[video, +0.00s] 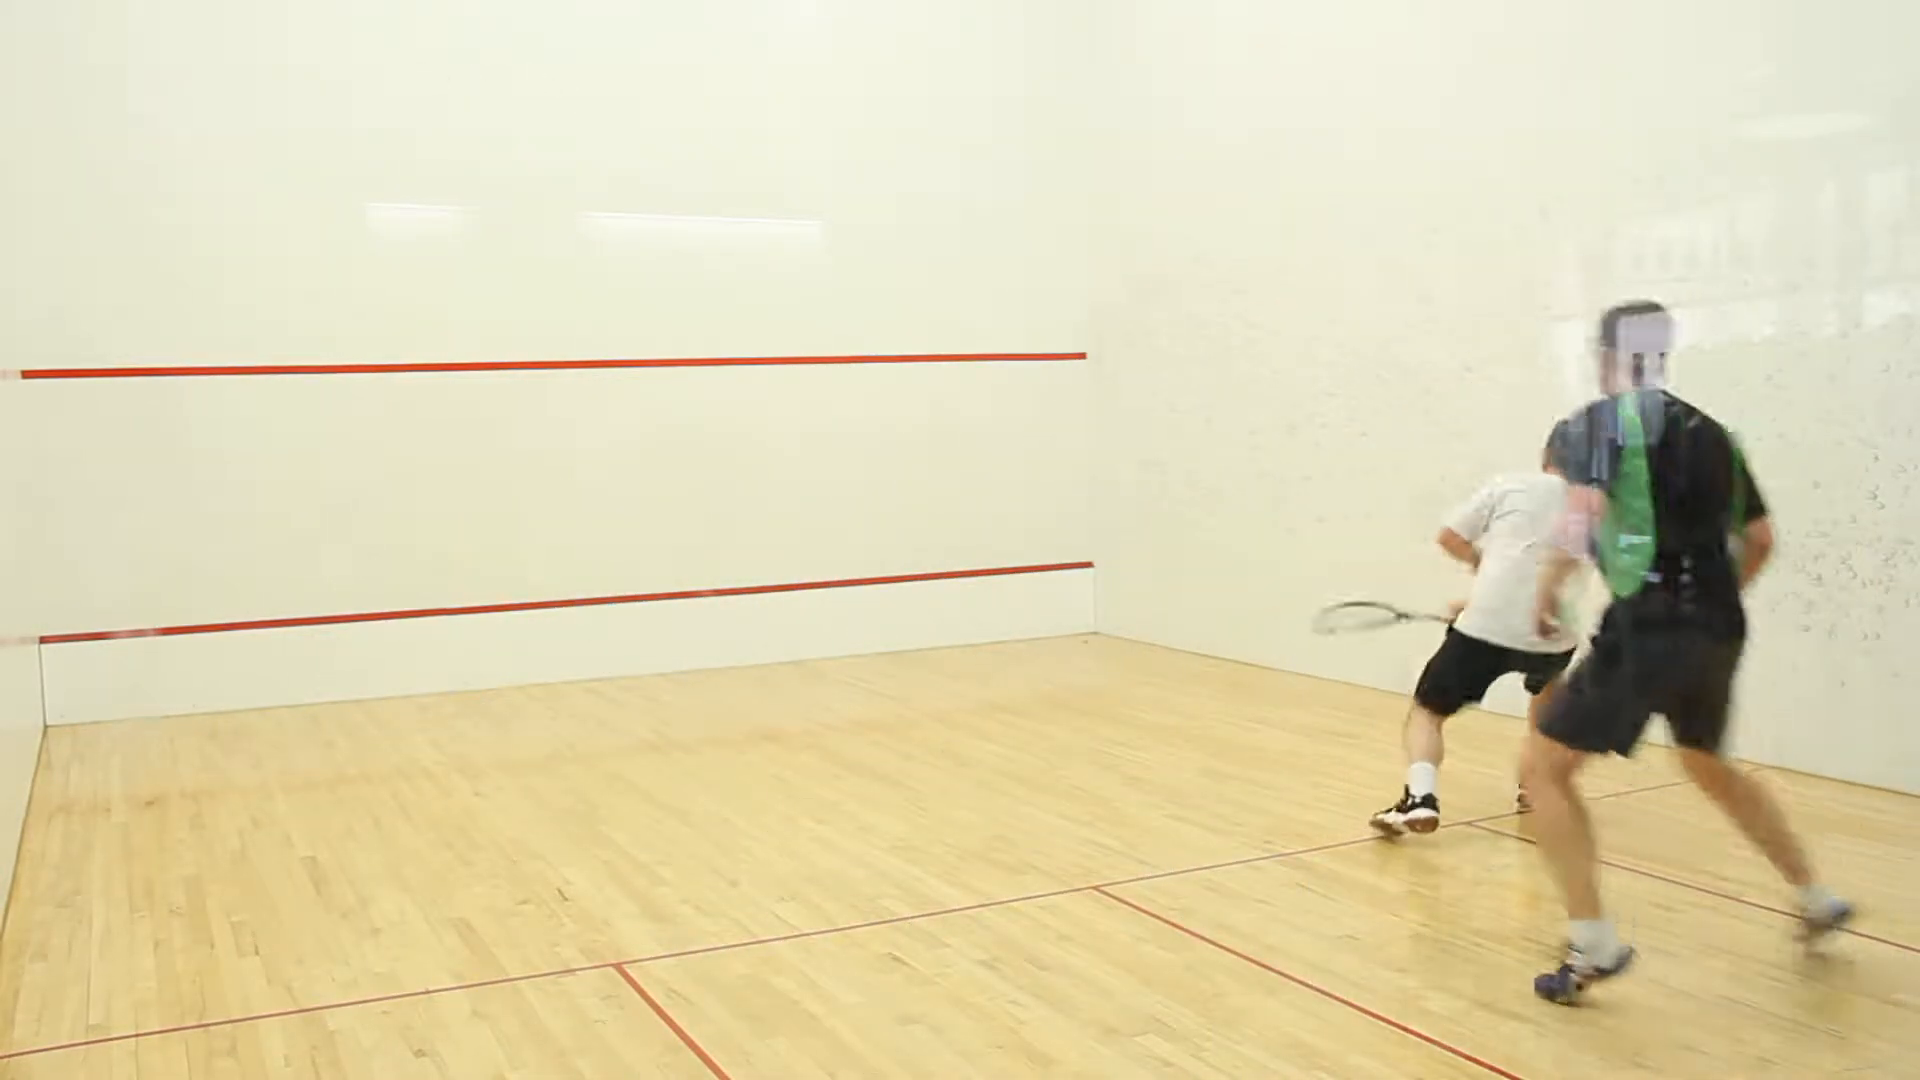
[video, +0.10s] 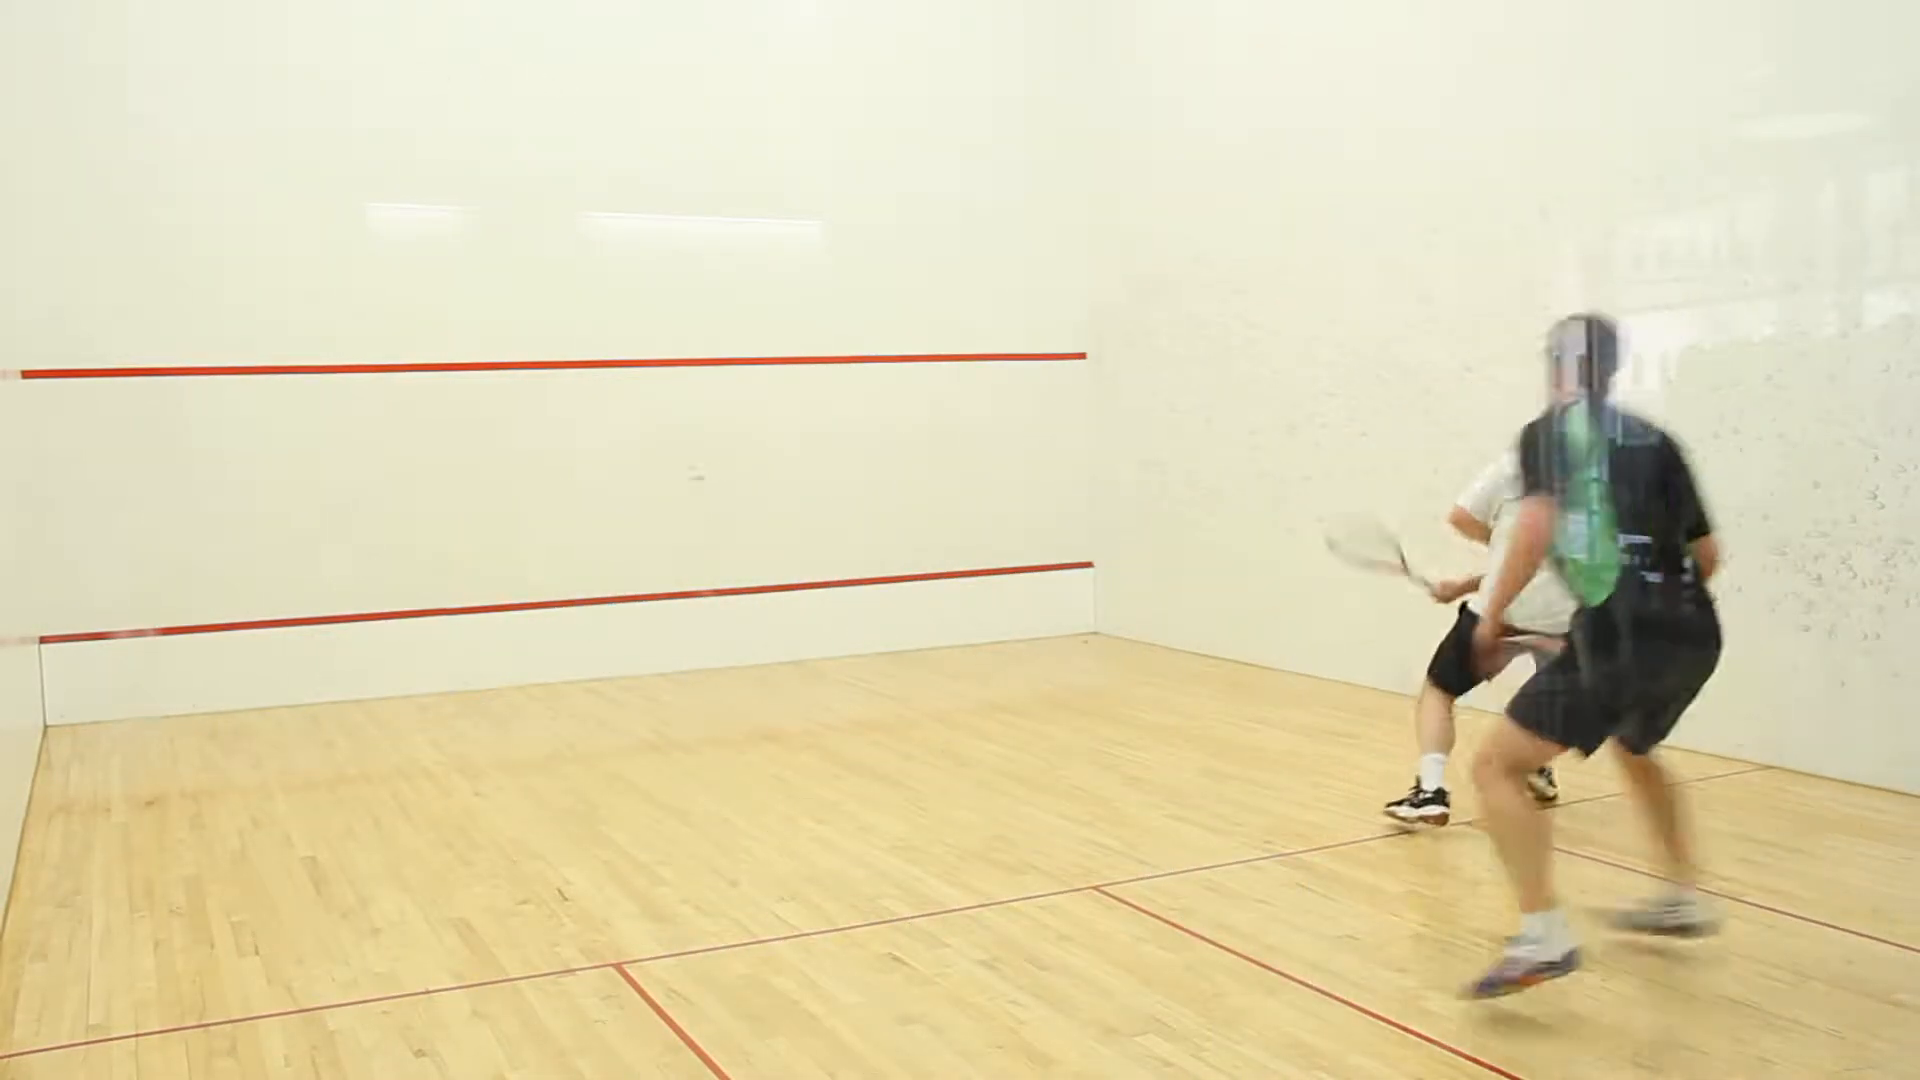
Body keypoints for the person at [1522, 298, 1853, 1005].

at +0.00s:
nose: (1601, 368)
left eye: (1603, 357)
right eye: (1614, 356)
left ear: (1608, 358)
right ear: (1665, 357)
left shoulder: (1590, 427)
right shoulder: (1710, 432)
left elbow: (1580, 517)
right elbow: (1760, 537)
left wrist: (1547, 593)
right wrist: (1716, 596)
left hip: (1642, 630)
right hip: (1716, 629)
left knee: (1543, 767)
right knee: (1704, 759)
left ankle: (1595, 941)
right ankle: (1813, 894)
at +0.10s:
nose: (1552, 376)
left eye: (1556, 364)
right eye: (1560, 363)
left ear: (1561, 368)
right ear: (1613, 368)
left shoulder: (1547, 433)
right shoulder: (1655, 442)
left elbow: (1534, 531)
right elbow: (1706, 554)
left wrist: (1490, 617)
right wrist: (1641, 603)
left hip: (1620, 629)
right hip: (1693, 631)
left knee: (1496, 764)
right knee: (1632, 744)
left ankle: (1543, 932)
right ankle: (1683, 894)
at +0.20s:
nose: (1492, 422)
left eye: (1496, 411)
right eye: (1497, 410)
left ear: (1508, 416)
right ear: (1561, 416)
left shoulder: (1502, 484)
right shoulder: (1608, 481)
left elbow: (1487, 586)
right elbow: (1648, 591)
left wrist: (1445, 675)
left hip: (1583, 677)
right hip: (1652, 671)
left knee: (1453, 794)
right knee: (1583, 784)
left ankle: (1446, 961)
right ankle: (1605, 914)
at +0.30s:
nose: (1426, 430)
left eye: (1433, 421)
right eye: (1431, 420)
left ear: (1452, 433)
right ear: (1490, 430)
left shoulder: (1458, 503)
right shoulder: (1540, 489)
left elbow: (1464, 606)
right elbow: (1580, 589)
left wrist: (1410, 693)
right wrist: (1518, 668)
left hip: (1545, 705)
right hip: (1592, 693)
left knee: (1395, 813)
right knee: (1551, 801)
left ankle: (1369, 999)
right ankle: (1604, 916)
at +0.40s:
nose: (1364, 419)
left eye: (1373, 408)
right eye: (1370, 406)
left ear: (1404, 421)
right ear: (1428, 422)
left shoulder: (1423, 494)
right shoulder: (1474, 483)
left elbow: (1441, 607)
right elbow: (1499, 595)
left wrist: (1367, 674)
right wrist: (1442, 666)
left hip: (1486, 727)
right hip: (1518, 714)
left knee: (1344, 828)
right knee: (1470, 805)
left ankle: (1372, 1006)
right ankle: (1563, 894)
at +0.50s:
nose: (1308, 413)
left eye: (1319, 400)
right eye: (1312, 399)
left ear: (1357, 413)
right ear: (1367, 414)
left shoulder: (1398, 482)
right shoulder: (1397, 476)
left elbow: (1432, 591)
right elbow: (1414, 598)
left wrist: (1323, 652)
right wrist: (1359, 665)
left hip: (1452, 729)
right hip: (1423, 713)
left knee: (1319, 860)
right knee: (1369, 820)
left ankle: (1367, 1007)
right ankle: (1442, 927)